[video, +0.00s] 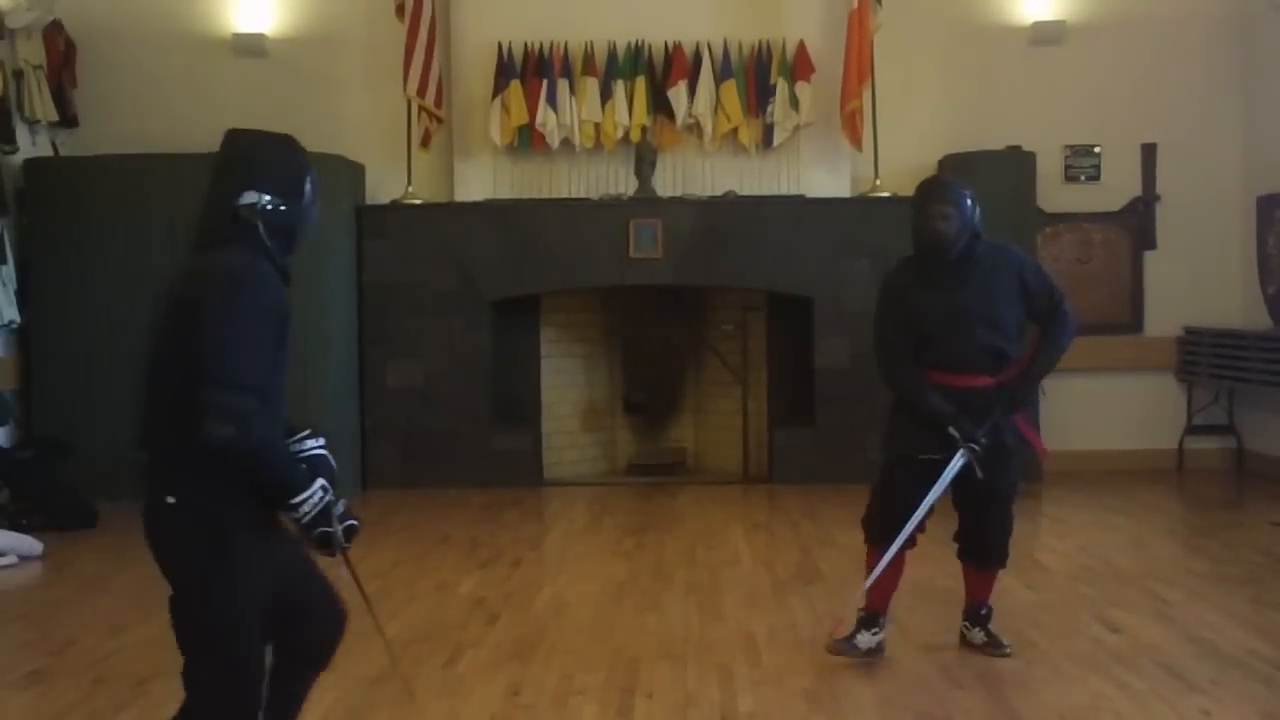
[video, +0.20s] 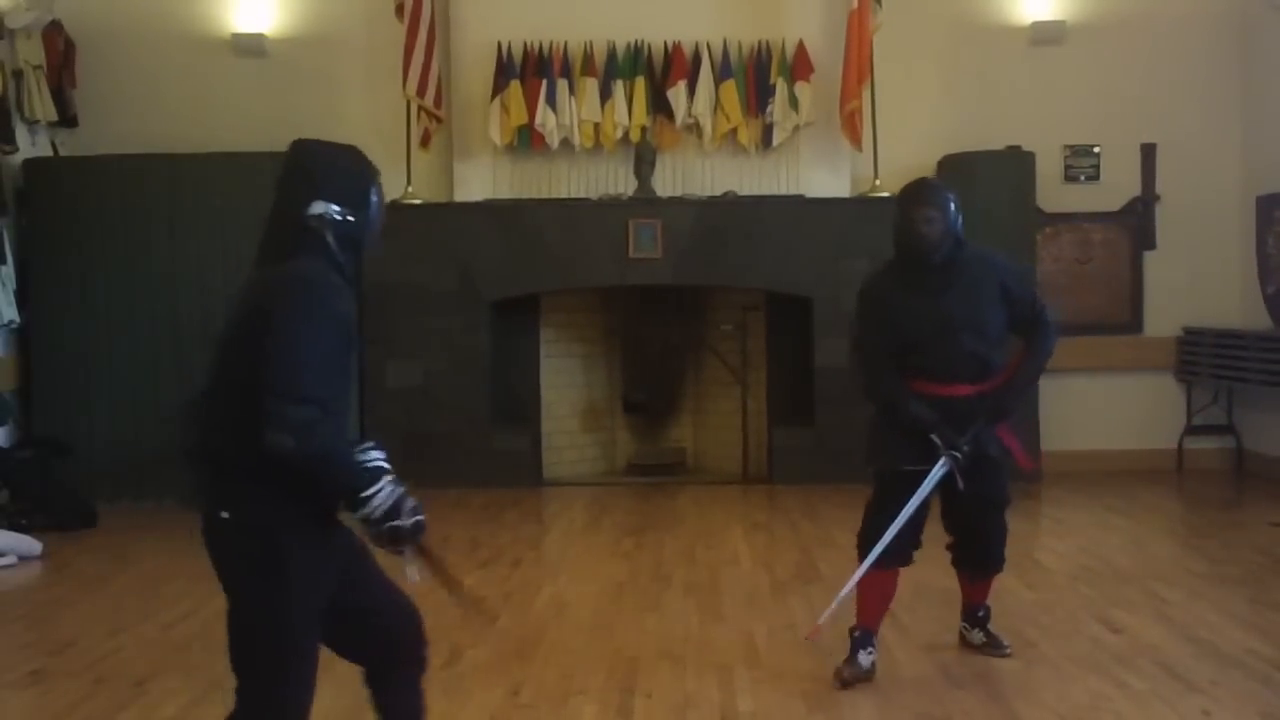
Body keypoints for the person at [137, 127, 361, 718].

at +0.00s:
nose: (309, 215)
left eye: (307, 198)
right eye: (304, 198)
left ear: (232, 198)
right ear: (274, 203)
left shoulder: (218, 272)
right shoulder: (245, 280)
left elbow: (230, 407)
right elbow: (232, 421)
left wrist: (291, 449)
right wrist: (304, 493)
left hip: (222, 504)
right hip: (206, 511)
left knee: (316, 622)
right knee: (228, 692)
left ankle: (272, 708)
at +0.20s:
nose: (380, 215)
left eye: (379, 201)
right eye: (374, 201)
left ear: (307, 206)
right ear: (340, 208)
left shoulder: (298, 279)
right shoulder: (310, 286)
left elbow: (313, 410)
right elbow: (297, 423)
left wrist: (367, 471)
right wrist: (374, 494)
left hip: (289, 517)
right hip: (267, 522)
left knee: (395, 638)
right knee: (275, 697)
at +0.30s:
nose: (419, 239)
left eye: (417, 223)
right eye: (412, 223)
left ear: (353, 226)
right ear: (381, 227)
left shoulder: (338, 297)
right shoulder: (352, 299)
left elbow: (333, 451)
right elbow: (360, 437)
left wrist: (412, 503)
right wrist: (444, 479)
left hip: (340, 538)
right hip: (312, 544)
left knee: (452, 629)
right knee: (285, 707)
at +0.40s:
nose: (465, 252)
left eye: (460, 237)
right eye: (456, 237)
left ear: (394, 241)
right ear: (431, 241)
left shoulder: (389, 307)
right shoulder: (417, 300)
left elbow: (424, 442)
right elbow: (490, 381)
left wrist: (505, 470)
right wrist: (590, 400)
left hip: (405, 536)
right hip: (379, 540)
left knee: (507, 639)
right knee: (332, 695)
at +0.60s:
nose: (588, 242)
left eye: (585, 234)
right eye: (579, 233)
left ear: (520, 233)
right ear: (556, 232)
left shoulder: (515, 285)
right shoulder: (546, 270)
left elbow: (621, 339)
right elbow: (633, 264)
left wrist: (708, 284)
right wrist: (699, 246)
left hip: (492, 515)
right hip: (517, 517)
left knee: (575, 676)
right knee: (628, 670)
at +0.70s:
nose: (653, 222)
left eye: (650, 215)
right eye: (647, 213)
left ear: (579, 217)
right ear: (634, 216)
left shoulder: (564, 276)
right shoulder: (641, 265)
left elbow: (675, 315)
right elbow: (748, 270)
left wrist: (754, 261)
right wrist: (740, 217)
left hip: (549, 508)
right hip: (617, 508)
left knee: (609, 662)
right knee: (747, 622)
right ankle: (742, 708)